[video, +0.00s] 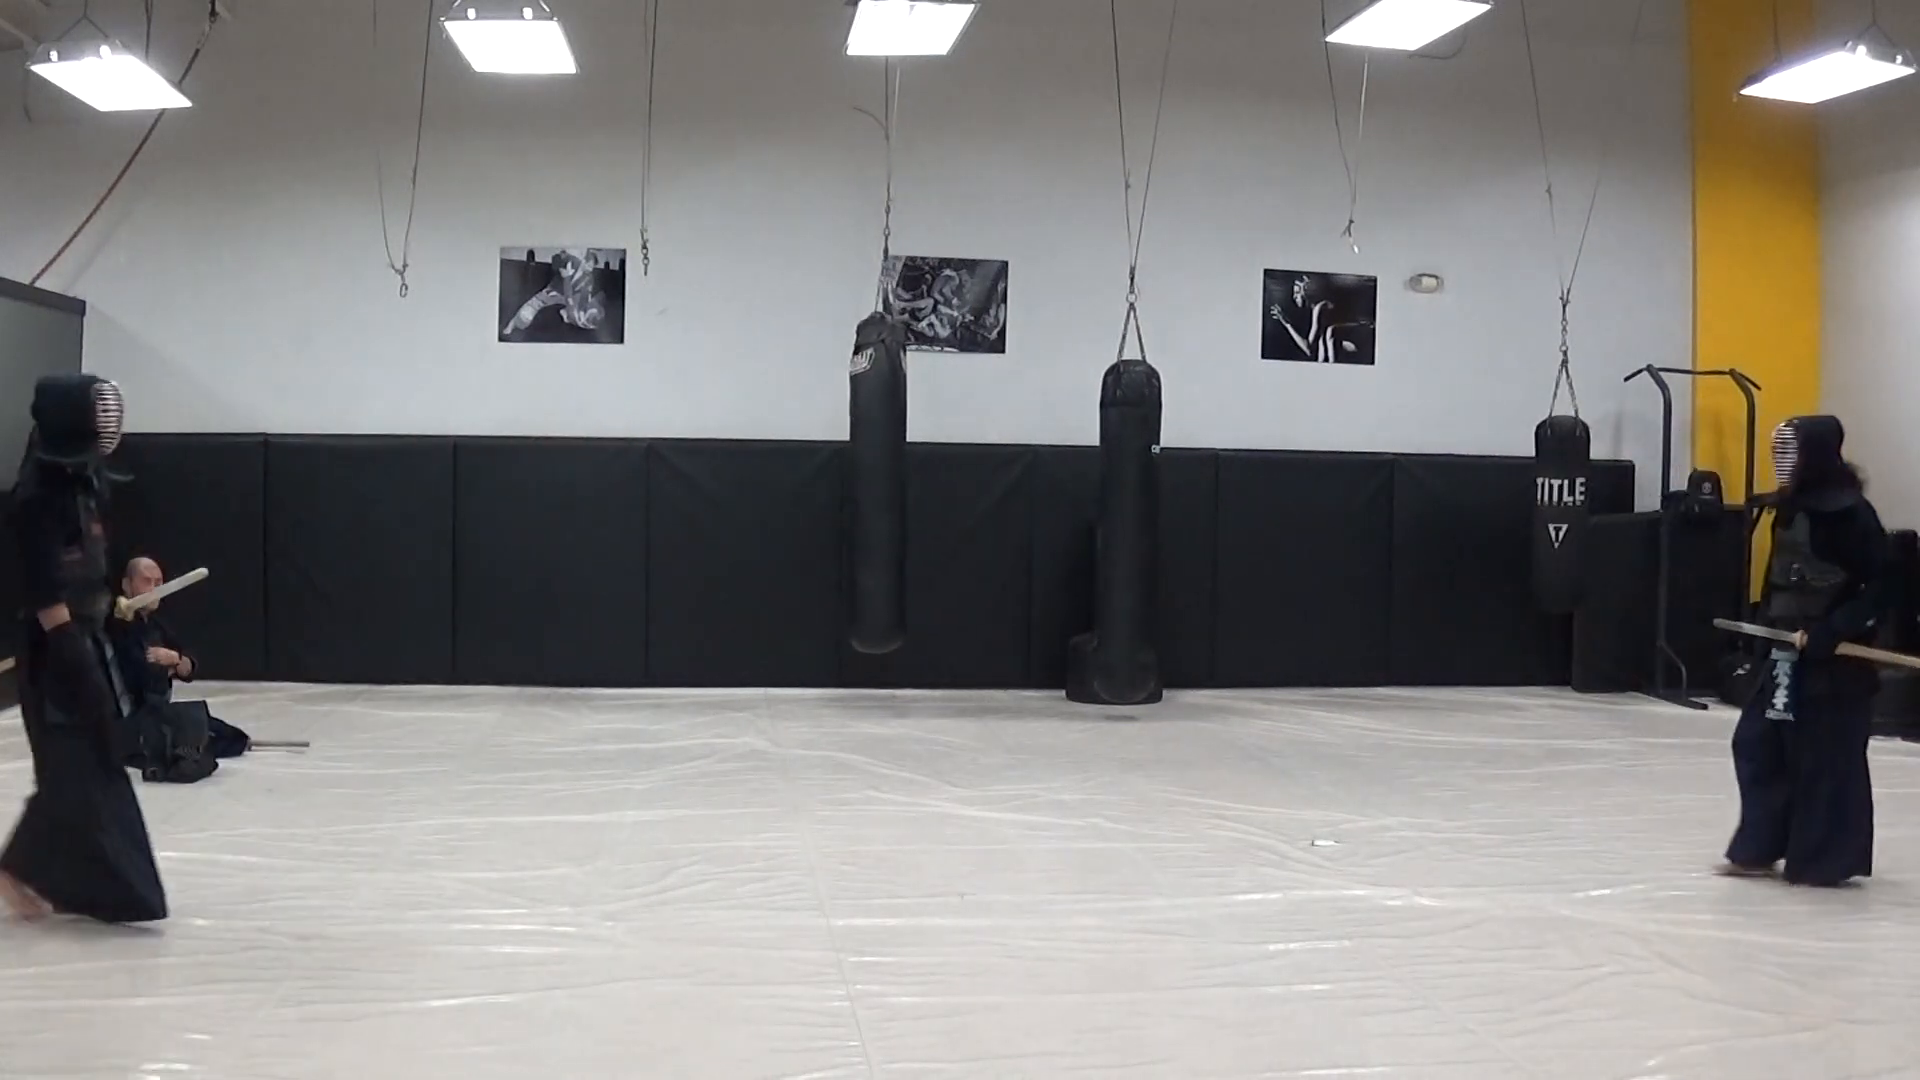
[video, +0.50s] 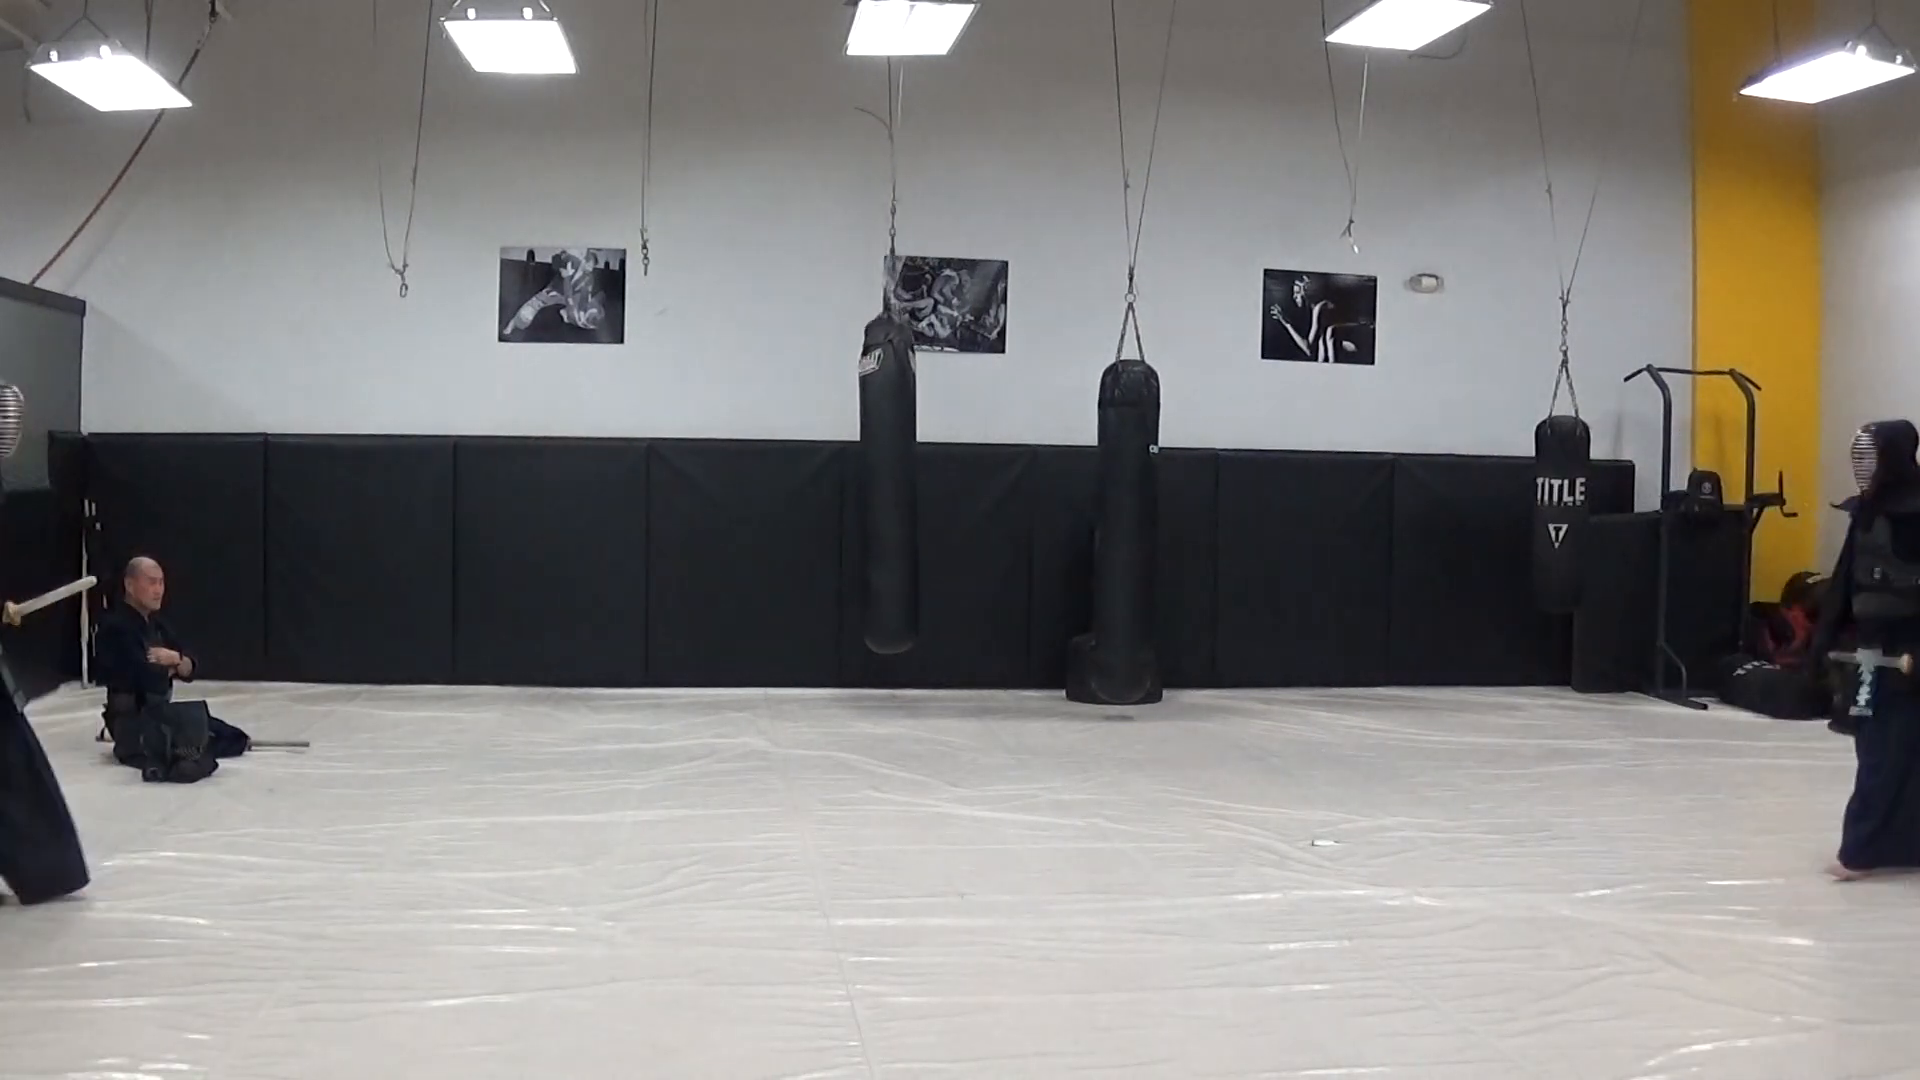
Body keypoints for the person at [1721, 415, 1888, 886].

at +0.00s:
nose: (1779, 462)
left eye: (1787, 453)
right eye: (1779, 452)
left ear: (1813, 456)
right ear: (1801, 456)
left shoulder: (1849, 512)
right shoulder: (1791, 508)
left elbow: (1879, 585)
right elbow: (1784, 582)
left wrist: (1825, 632)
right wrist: (1762, 628)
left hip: (1836, 657)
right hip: (1788, 654)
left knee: (1826, 753)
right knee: (1753, 740)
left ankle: (1823, 860)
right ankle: (1758, 847)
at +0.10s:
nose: (1799, 462)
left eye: (1807, 453)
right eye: (1798, 452)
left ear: (1832, 455)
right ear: (1823, 455)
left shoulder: (1867, 511)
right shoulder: (1808, 509)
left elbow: (1890, 585)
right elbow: (1800, 581)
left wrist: (1841, 633)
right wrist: (1775, 630)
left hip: (1851, 657)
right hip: (1804, 653)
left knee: (1839, 754)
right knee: (1774, 747)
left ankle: (1839, 861)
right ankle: (1795, 844)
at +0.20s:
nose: (1818, 464)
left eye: (1826, 455)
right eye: (1817, 455)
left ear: (1852, 458)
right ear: (1827, 457)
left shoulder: (1883, 516)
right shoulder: (1824, 510)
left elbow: (1907, 592)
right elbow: (1812, 579)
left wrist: (1860, 637)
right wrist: (1792, 625)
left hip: (1864, 653)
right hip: (1821, 647)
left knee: (1846, 751)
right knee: (1814, 746)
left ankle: (1840, 862)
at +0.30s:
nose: (1832, 467)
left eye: (1840, 459)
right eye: (1832, 458)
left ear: (1867, 461)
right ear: (1840, 460)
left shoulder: (1895, 518)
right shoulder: (1838, 512)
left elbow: (1912, 596)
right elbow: (1818, 577)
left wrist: (1885, 643)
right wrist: (1797, 620)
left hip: (1874, 649)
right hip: (1835, 643)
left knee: (1852, 747)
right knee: (1864, 744)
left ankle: (1839, 860)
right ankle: (1896, 833)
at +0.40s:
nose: (1848, 469)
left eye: (1855, 460)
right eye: (1847, 460)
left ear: (1880, 460)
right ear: (1857, 462)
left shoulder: (1907, 512)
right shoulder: (1852, 512)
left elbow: (1912, 590)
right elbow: (1830, 580)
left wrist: (1905, 649)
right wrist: (1814, 635)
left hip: (1896, 653)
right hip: (1859, 649)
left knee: (1869, 752)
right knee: (1881, 752)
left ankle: (1836, 857)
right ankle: (1892, 844)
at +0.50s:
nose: (1859, 466)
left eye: (1866, 457)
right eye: (1858, 457)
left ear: (1890, 457)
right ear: (1877, 456)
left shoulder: (1905, 509)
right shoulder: (1868, 510)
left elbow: (1908, 582)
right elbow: (1847, 584)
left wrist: (1911, 648)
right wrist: (1824, 644)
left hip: (1902, 648)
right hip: (1875, 645)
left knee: (1884, 746)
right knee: (1883, 745)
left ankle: (1864, 847)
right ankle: (1897, 842)